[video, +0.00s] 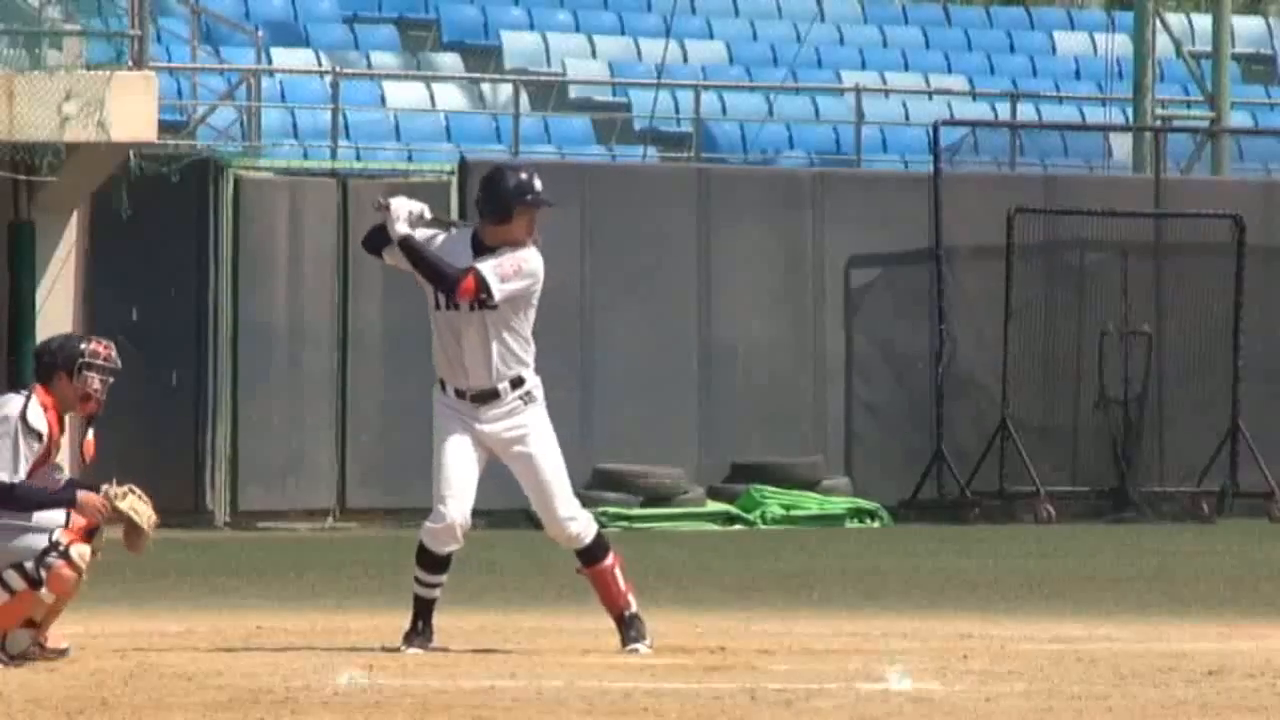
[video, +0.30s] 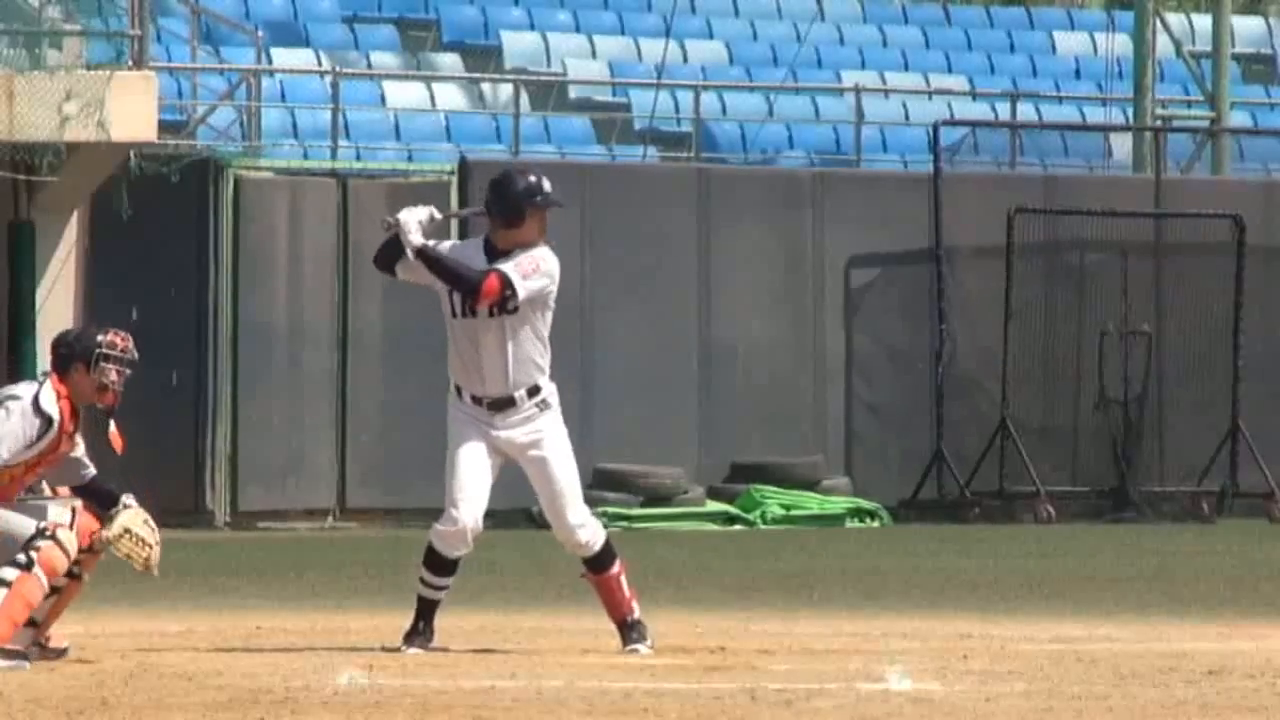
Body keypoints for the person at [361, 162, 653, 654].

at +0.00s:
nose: (535, 221)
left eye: (536, 212)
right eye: (528, 213)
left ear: (512, 217)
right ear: (501, 217)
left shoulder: (526, 262)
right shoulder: (447, 243)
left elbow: (459, 286)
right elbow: (372, 245)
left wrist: (404, 237)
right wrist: (396, 220)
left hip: (518, 408)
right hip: (456, 410)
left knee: (564, 521)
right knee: (449, 519)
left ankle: (628, 619)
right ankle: (421, 624)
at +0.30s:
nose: (546, 220)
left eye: (545, 211)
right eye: (539, 212)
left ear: (516, 217)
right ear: (514, 218)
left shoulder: (541, 262)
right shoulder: (457, 254)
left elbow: (484, 289)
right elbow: (385, 260)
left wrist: (420, 246)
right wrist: (406, 232)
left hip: (534, 412)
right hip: (471, 415)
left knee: (574, 527)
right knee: (460, 523)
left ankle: (630, 624)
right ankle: (422, 625)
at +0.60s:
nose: (541, 220)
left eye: (541, 211)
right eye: (533, 212)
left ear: (514, 217)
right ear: (507, 217)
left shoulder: (535, 264)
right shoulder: (453, 254)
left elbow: (476, 293)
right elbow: (377, 260)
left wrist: (416, 247)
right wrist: (403, 234)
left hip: (528, 412)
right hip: (465, 414)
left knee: (570, 526)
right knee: (456, 523)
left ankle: (630, 623)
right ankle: (421, 626)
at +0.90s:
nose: (531, 226)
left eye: (531, 217)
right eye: (524, 218)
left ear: (504, 223)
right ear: (499, 224)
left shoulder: (524, 270)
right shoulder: (441, 253)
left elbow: (463, 297)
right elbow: (366, 253)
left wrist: (404, 248)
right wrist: (392, 227)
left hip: (513, 413)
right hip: (451, 414)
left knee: (557, 523)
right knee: (447, 519)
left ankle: (626, 620)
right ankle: (420, 627)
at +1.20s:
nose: (542, 230)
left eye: (542, 221)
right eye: (535, 222)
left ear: (513, 226)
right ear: (511, 227)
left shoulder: (538, 272)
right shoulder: (453, 262)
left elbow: (481, 301)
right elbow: (378, 270)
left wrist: (419, 254)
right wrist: (403, 240)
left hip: (531, 417)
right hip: (469, 420)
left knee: (565, 527)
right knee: (458, 525)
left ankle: (628, 624)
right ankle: (421, 626)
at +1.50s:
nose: (530, 247)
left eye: (530, 238)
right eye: (523, 239)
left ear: (505, 244)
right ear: (498, 244)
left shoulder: (526, 290)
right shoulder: (440, 280)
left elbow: (468, 318)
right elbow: (365, 285)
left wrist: (411, 271)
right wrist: (397, 257)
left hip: (525, 430)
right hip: (462, 435)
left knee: (562, 531)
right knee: (454, 533)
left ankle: (627, 622)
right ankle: (421, 625)